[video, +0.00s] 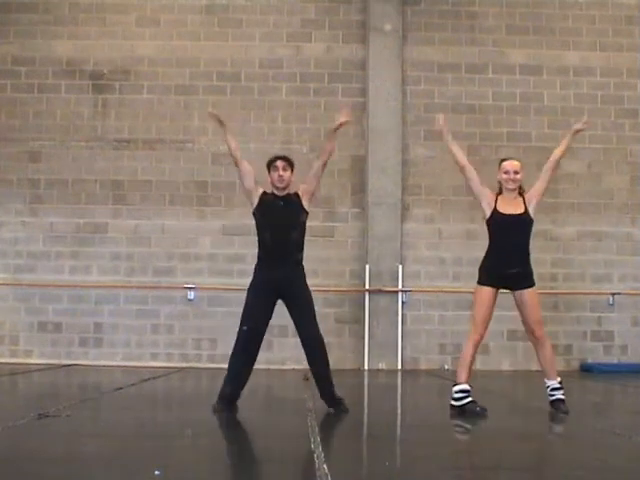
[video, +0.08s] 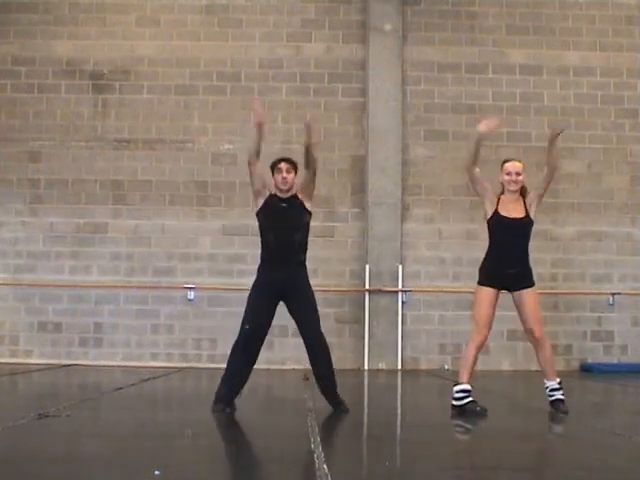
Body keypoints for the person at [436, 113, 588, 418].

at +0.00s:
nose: (511, 175)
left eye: (516, 172)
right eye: (506, 172)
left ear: (522, 177)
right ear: (499, 176)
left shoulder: (529, 200)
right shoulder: (489, 200)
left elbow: (551, 165)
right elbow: (466, 166)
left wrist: (571, 134)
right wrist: (446, 136)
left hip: (521, 273)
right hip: (491, 272)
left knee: (538, 333)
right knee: (477, 335)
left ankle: (555, 389)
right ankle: (460, 391)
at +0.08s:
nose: (513, 178)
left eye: (518, 174)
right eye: (509, 173)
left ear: (524, 178)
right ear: (501, 177)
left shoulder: (531, 201)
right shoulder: (491, 199)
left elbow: (551, 172)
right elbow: (471, 169)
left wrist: (552, 142)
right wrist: (478, 136)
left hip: (521, 275)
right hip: (491, 274)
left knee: (537, 334)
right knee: (480, 335)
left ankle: (554, 390)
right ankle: (461, 392)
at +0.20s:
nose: (514, 187)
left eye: (519, 183)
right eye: (509, 183)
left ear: (525, 187)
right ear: (501, 186)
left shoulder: (531, 211)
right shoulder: (493, 210)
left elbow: (550, 203)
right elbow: (477, 195)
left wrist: (522, 219)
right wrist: (502, 217)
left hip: (521, 278)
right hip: (492, 277)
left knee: (535, 342)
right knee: (491, 338)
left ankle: (556, 392)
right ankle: (462, 394)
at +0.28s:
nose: (514, 192)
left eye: (518, 188)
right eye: (509, 187)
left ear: (524, 191)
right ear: (501, 191)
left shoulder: (531, 217)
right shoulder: (491, 214)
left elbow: (554, 228)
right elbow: (474, 215)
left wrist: (526, 231)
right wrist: (503, 225)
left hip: (521, 282)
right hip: (493, 282)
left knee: (535, 346)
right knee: (495, 342)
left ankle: (556, 394)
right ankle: (463, 394)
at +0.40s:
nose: (512, 189)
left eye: (517, 185)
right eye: (507, 185)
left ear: (523, 188)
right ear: (498, 188)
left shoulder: (529, 214)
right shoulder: (488, 212)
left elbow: (550, 235)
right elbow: (489, 225)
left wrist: (532, 210)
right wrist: (507, 203)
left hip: (519, 279)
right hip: (490, 278)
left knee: (538, 338)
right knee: (485, 338)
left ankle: (556, 391)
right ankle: (462, 393)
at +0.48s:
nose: (512, 193)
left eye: (516, 188)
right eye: (507, 188)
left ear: (522, 191)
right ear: (498, 191)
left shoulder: (527, 214)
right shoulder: (489, 217)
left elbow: (535, 246)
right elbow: (500, 238)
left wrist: (537, 218)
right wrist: (516, 213)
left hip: (517, 279)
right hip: (489, 279)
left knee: (544, 336)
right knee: (475, 333)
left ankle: (553, 391)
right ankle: (459, 389)